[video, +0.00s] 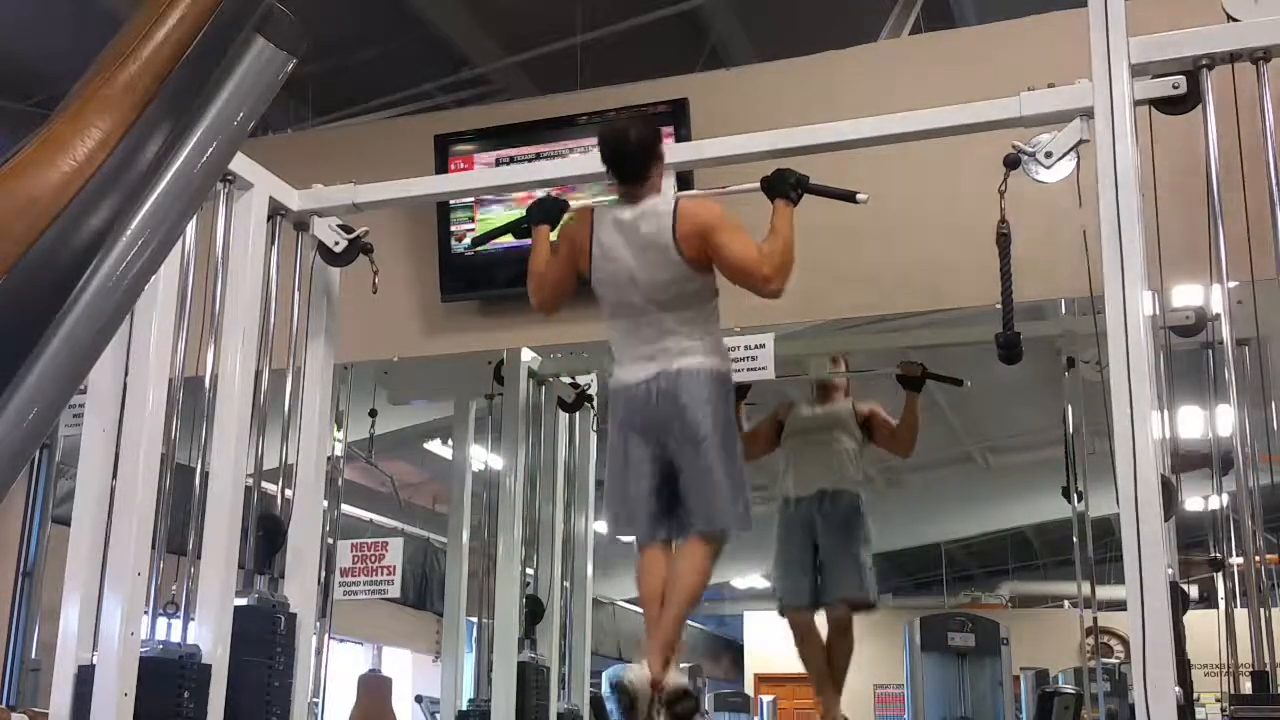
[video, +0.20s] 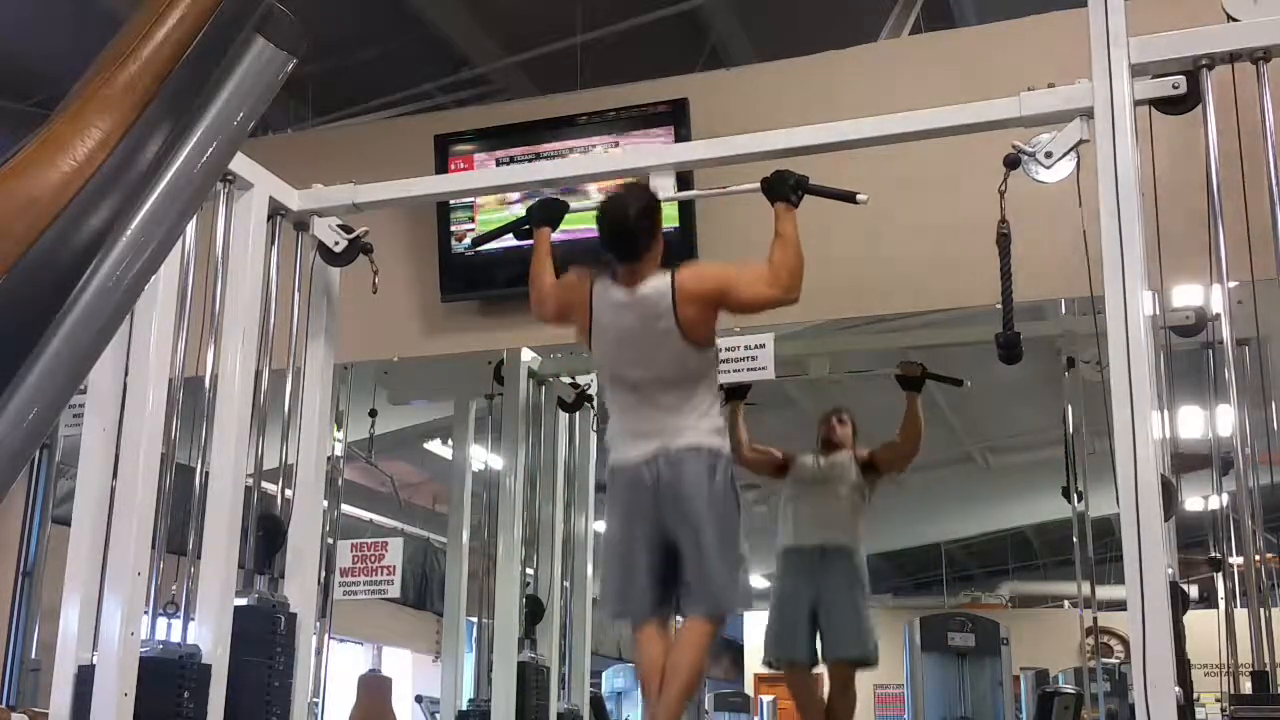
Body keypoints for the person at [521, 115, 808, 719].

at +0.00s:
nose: (659, 153)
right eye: (659, 145)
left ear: (607, 169)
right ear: (661, 155)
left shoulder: (584, 227)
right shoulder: (696, 215)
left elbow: (544, 297)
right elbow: (771, 278)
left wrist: (540, 230)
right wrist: (784, 204)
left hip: (631, 391)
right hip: (694, 385)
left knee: (652, 534)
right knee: (706, 529)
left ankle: (665, 671)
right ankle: (653, 665)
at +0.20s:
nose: (661, 228)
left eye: (650, 224)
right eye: (659, 222)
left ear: (605, 238)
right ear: (660, 231)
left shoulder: (588, 292)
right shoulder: (696, 284)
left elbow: (545, 302)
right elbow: (782, 285)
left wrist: (541, 235)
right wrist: (786, 209)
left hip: (630, 469)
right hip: (696, 463)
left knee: (646, 611)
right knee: (704, 606)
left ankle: (659, 719)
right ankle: (661, 716)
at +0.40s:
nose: (666, 284)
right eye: (663, 278)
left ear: (607, 297)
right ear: (660, 289)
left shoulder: (590, 347)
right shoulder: (698, 334)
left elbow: (549, 300)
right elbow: (773, 291)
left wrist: (542, 234)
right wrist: (783, 209)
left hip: (626, 523)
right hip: (692, 519)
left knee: (637, 675)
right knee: (694, 671)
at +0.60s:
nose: (659, 277)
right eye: (657, 272)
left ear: (603, 294)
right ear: (656, 282)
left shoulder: (589, 343)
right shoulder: (693, 327)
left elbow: (550, 301)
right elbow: (770, 291)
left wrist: (544, 234)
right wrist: (783, 210)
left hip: (624, 518)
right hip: (691, 514)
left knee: (634, 665)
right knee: (691, 660)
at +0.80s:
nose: (652, 221)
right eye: (652, 213)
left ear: (602, 231)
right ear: (657, 223)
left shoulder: (584, 284)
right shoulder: (693, 272)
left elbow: (545, 301)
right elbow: (779, 287)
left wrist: (543, 236)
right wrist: (785, 209)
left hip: (623, 458)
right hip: (690, 452)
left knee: (632, 597)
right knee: (697, 594)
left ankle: (642, 715)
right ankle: (636, 714)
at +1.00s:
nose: (666, 151)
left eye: (655, 146)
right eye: (663, 145)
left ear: (607, 173)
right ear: (662, 160)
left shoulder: (586, 230)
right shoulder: (699, 216)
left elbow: (543, 297)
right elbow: (773, 279)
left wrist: (540, 235)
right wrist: (784, 206)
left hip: (629, 398)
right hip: (693, 392)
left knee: (637, 538)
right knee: (702, 531)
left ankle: (659, 675)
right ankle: (641, 670)